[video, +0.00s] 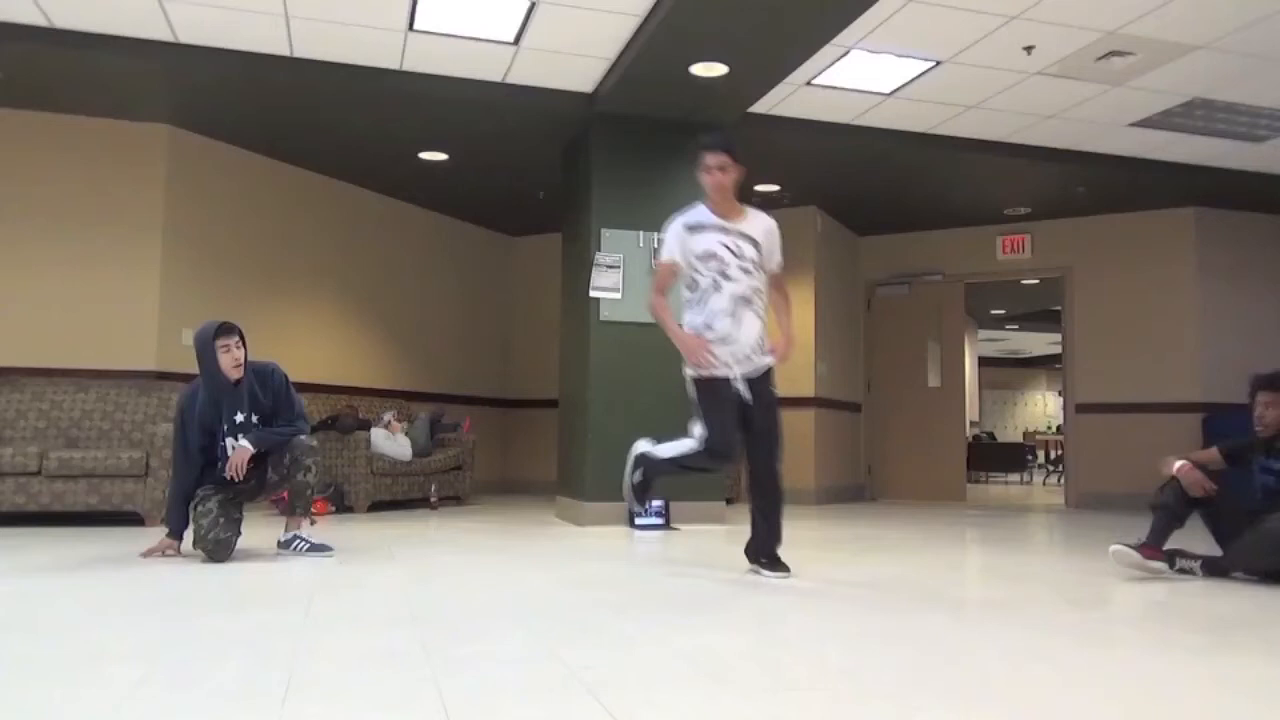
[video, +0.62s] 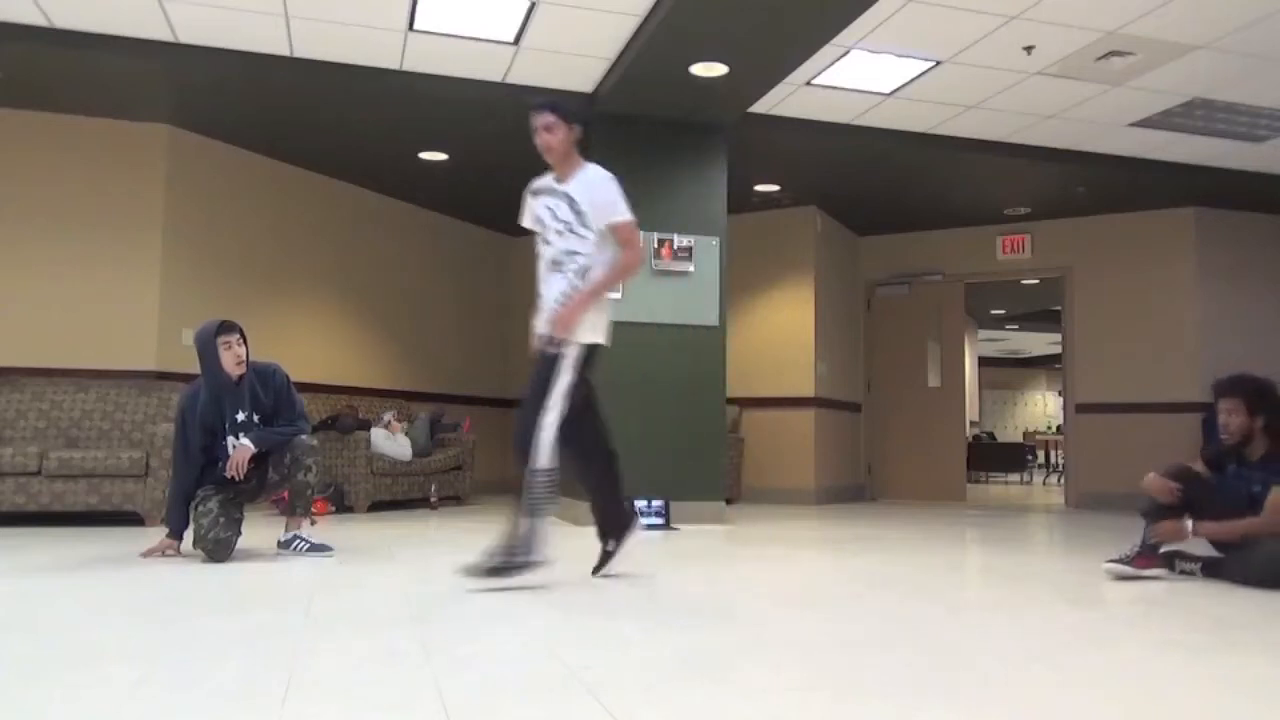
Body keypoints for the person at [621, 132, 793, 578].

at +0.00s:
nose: (714, 177)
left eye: (722, 169)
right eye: (706, 169)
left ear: (739, 174)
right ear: (698, 175)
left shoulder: (763, 226)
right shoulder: (683, 227)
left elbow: (775, 284)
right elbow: (657, 296)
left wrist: (785, 333)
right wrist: (681, 338)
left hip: (755, 360)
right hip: (708, 361)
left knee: (765, 457)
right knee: (721, 450)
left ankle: (763, 550)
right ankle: (646, 459)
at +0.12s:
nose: (693, 163)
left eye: (701, 155)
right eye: (687, 155)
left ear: (720, 158)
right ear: (679, 161)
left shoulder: (748, 211)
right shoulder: (664, 213)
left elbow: (763, 274)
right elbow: (642, 279)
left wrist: (767, 322)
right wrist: (664, 321)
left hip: (739, 344)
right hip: (689, 347)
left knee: (747, 449)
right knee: (695, 440)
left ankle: (759, 541)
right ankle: (636, 483)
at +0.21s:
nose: (661, 155)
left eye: (669, 146)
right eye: (654, 148)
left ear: (689, 150)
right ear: (647, 156)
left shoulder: (720, 203)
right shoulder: (634, 208)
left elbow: (743, 268)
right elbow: (625, 275)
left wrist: (736, 327)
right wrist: (639, 322)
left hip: (712, 345)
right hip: (657, 346)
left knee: (727, 443)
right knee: (647, 441)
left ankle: (750, 535)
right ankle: (625, 535)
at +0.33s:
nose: (626, 173)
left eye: (634, 164)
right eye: (620, 166)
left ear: (655, 167)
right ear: (615, 174)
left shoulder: (683, 219)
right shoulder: (610, 227)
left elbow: (720, 280)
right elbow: (612, 293)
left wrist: (699, 344)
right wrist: (613, 343)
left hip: (678, 362)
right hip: (629, 364)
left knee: (698, 456)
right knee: (617, 457)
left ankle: (741, 538)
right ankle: (634, 549)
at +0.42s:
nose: (596, 183)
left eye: (604, 174)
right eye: (589, 176)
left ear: (624, 178)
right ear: (583, 184)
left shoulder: (646, 230)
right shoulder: (585, 239)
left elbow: (688, 297)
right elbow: (597, 308)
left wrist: (653, 364)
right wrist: (585, 365)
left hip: (644, 370)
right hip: (604, 372)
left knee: (641, 465)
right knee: (596, 466)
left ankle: (717, 521)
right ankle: (631, 550)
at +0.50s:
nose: (577, 169)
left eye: (584, 160)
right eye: (570, 162)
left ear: (606, 163)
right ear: (566, 170)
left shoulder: (630, 214)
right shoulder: (568, 223)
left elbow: (674, 278)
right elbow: (583, 291)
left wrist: (630, 338)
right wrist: (571, 340)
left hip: (621, 350)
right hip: (584, 352)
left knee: (605, 447)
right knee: (592, 452)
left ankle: (669, 513)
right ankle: (630, 547)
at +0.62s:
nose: (543, 138)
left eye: (550, 129)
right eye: (537, 132)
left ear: (573, 132)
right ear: (534, 139)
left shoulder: (597, 183)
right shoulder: (539, 191)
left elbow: (632, 254)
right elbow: (549, 261)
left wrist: (575, 306)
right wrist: (539, 321)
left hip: (582, 328)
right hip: (550, 327)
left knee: (538, 424)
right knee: (580, 426)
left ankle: (525, 542)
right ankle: (615, 520)